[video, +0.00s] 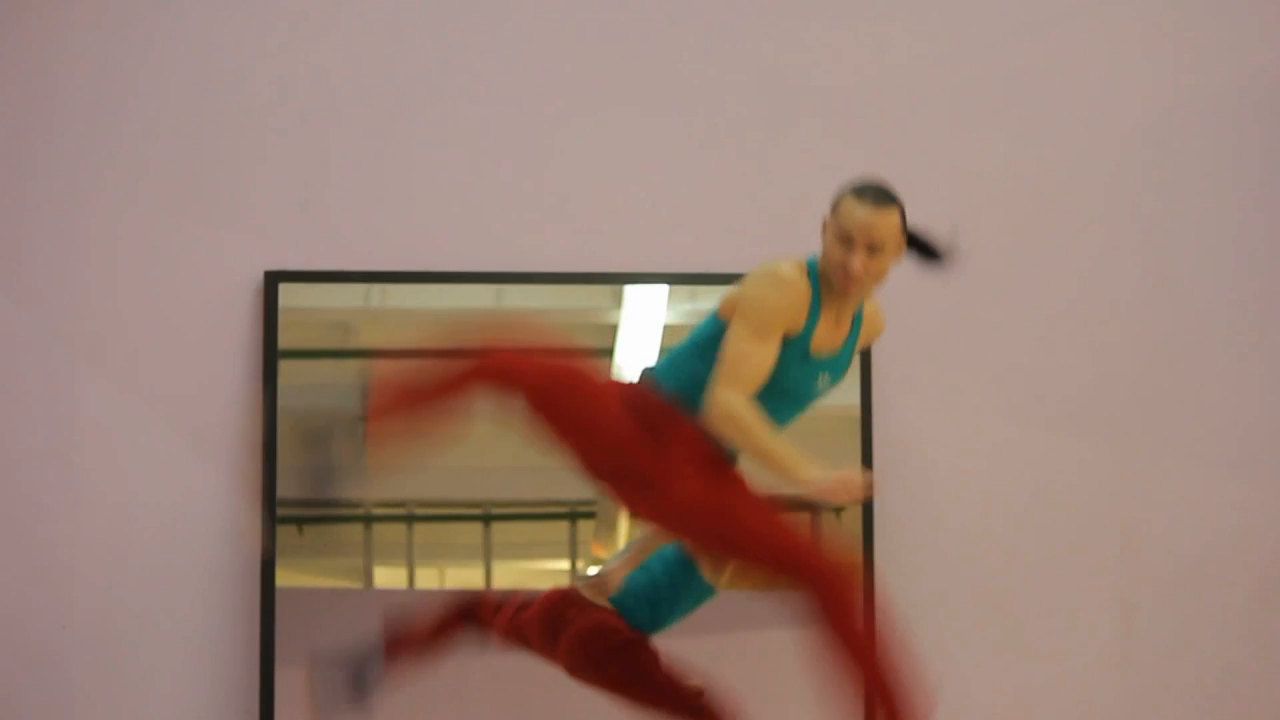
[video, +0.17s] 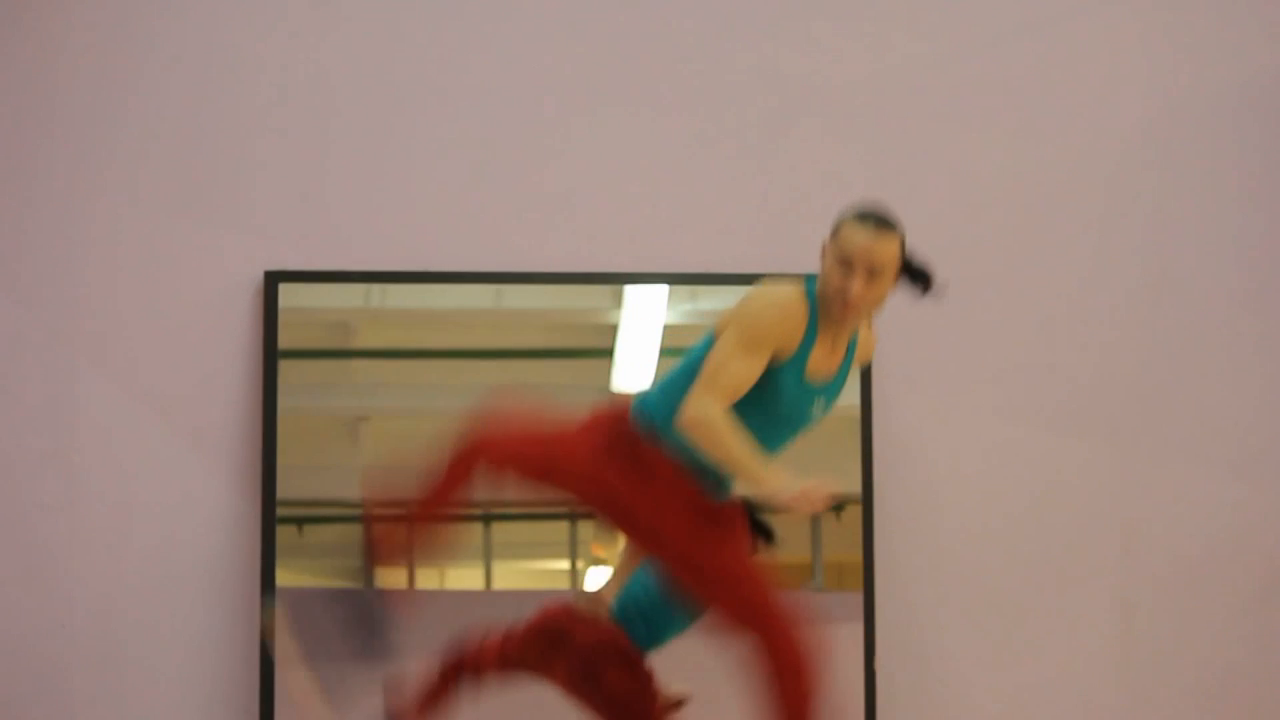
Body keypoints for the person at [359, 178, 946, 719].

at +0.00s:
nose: (855, 263)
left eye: (874, 252)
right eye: (846, 243)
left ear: (895, 260)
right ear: (824, 235)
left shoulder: (869, 322)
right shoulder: (779, 288)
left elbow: (779, 391)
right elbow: (724, 406)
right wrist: (812, 481)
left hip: (699, 477)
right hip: (636, 424)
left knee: (828, 562)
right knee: (513, 356)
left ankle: (887, 707)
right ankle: (358, 432)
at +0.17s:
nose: (853, 285)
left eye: (873, 275)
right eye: (845, 265)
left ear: (892, 285)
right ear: (824, 256)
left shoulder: (860, 341)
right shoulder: (777, 308)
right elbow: (698, 413)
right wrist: (774, 486)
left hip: (695, 504)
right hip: (623, 453)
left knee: (778, 629)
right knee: (490, 433)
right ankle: (413, 530)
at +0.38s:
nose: (842, 313)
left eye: (862, 305)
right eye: (835, 294)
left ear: (884, 315)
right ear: (816, 286)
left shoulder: (853, 373)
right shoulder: (765, 338)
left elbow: (761, 442)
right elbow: (675, 435)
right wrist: (750, 514)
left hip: (689, 543)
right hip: (617, 491)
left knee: (733, 701)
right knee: (466, 544)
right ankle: (430, 687)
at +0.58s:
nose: (826, 344)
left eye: (847, 333)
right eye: (820, 322)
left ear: (870, 345)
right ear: (800, 316)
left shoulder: (840, 407)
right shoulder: (741, 368)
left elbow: (759, 487)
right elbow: (648, 468)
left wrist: (731, 562)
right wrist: (704, 554)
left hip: (686, 588)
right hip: (606, 545)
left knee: (693, 713)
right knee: (461, 645)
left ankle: (564, 690)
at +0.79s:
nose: (795, 369)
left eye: (817, 356)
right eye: (787, 350)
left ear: (844, 367)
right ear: (770, 349)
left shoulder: (823, 450)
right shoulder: (708, 403)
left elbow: (747, 529)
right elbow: (621, 498)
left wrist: (774, 603)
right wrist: (648, 594)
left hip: (678, 627)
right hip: (589, 598)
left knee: (711, 712)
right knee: (521, 710)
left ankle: (602, 697)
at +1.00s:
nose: (758, 383)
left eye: (779, 372)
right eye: (753, 365)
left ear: (816, 381)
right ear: (742, 363)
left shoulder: (805, 483)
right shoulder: (674, 426)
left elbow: (799, 570)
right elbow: (593, 524)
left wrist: (832, 659)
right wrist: (595, 629)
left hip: (678, 656)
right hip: (586, 636)